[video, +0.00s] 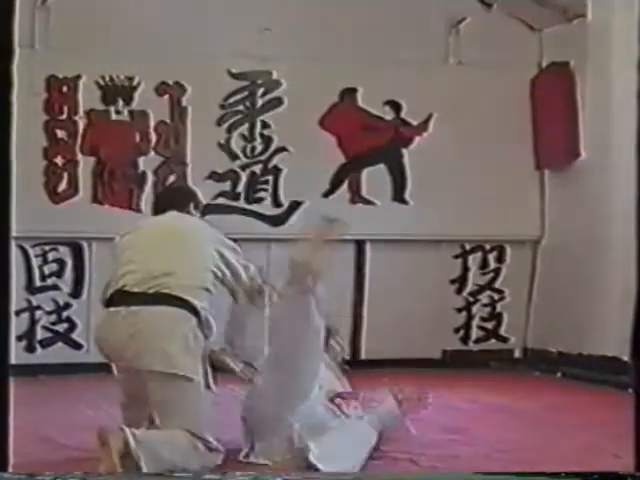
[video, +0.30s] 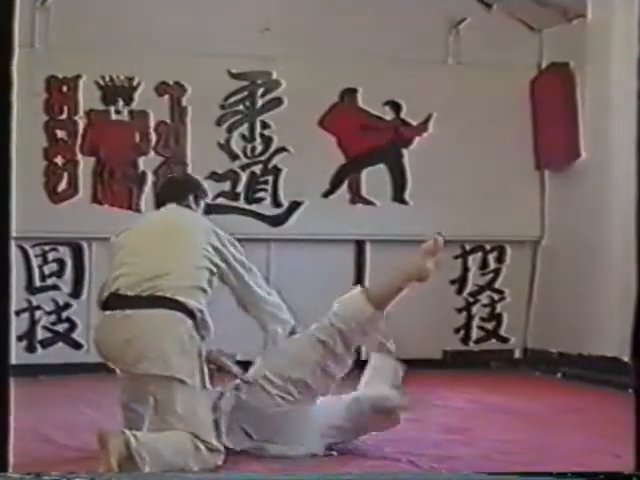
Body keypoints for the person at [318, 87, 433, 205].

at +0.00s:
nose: (357, 102)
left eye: (356, 98)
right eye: (355, 98)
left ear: (341, 99)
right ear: (348, 98)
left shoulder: (331, 118)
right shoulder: (354, 111)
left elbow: (322, 123)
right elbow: (377, 122)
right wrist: (394, 123)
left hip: (354, 157)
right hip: (371, 151)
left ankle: (355, 195)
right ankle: (399, 194)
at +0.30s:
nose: (357, 102)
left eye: (356, 99)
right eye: (355, 99)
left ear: (341, 99)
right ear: (347, 98)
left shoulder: (331, 119)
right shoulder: (353, 111)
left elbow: (321, 124)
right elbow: (377, 122)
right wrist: (394, 123)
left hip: (355, 157)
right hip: (372, 151)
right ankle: (399, 194)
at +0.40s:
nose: (357, 102)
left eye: (356, 99)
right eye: (355, 99)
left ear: (341, 100)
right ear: (348, 99)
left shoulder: (331, 120)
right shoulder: (354, 112)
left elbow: (322, 124)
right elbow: (377, 123)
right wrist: (394, 124)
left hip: (355, 158)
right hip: (372, 153)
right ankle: (399, 195)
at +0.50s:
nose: (356, 102)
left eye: (356, 99)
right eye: (355, 99)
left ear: (341, 99)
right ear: (348, 99)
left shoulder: (330, 119)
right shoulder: (353, 111)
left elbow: (321, 124)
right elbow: (377, 123)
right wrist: (394, 123)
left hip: (354, 158)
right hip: (372, 152)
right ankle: (398, 194)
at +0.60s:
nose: (356, 102)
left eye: (356, 99)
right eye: (354, 99)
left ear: (341, 99)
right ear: (347, 99)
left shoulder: (331, 119)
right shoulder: (354, 111)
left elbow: (322, 123)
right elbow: (376, 122)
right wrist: (394, 123)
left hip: (355, 157)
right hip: (373, 152)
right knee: (394, 153)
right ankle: (399, 194)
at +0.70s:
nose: (357, 102)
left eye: (356, 99)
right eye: (355, 99)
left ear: (341, 99)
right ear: (348, 98)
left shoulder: (331, 119)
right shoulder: (353, 111)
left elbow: (321, 123)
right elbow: (376, 122)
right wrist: (394, 123)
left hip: (355, 157)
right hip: (373, 152)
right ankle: (399, 194)